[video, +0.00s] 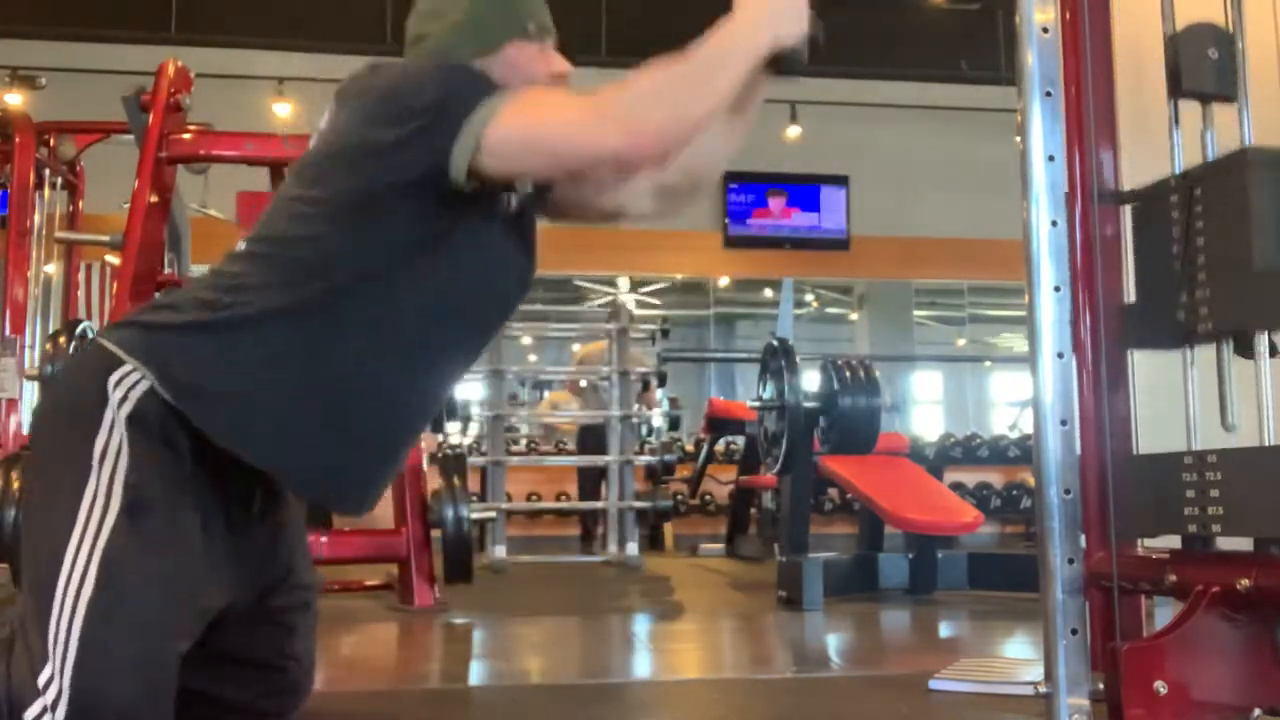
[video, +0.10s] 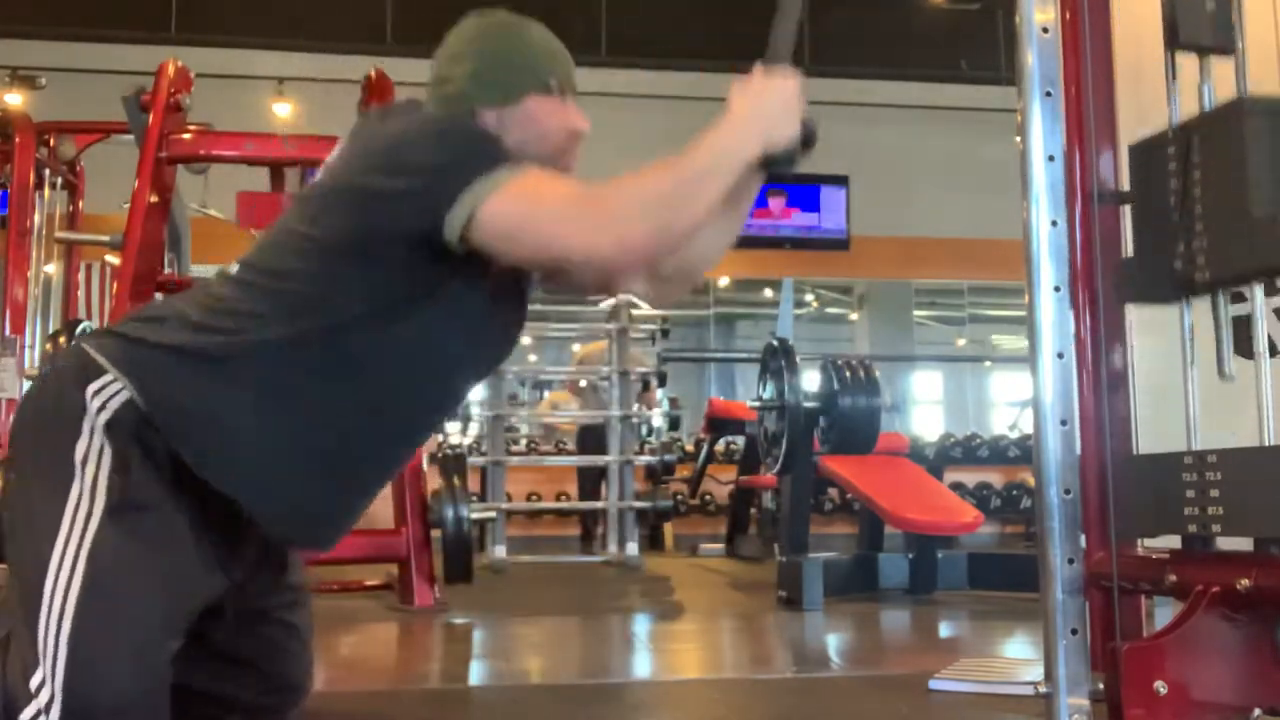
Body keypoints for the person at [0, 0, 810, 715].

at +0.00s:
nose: (561, 65)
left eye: (558, 49)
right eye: (543, 44)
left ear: (496, 58)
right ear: (480, 47)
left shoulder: (499, 175)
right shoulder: (412, 97)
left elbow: (652, 181)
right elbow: (622, 134)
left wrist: (751, 71)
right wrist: (751, 26)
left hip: (257, 485)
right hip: (144, 423)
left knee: (256, 694)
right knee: (79, 701)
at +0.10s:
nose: (582, 125)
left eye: (578, 102)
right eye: (566, 101)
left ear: (495, 105)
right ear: (505, 98)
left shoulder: (488, 209)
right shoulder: (421, 148)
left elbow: (651, 267)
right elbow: (615, 231)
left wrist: (751, 164)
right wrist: (746, 125)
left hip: (233, 502)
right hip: (126, 434)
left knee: (258, 688)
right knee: (79, 702)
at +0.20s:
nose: (592, 185)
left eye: (590, 162)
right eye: (575, 160)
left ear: (524, 167)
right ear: (506, 159)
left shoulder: (511, 263)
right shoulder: (421, 199)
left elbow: (647, 357)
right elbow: (592, 337)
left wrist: (734, 266)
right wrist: (725, 234)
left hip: (229, 527)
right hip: (106, 453)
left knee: (260, 688)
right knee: (78, 697)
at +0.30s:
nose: (601, 250)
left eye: (601, 225)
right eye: (584, 223)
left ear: (529, 228)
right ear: (509, 220)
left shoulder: (517, 319)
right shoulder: (420, 254)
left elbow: (606, 442)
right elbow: (540, 433)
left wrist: (701, 365)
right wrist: (701, 341)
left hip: (215, 520)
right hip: (97, 455)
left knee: (260, 686)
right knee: (77, 699)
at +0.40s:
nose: (602, 308)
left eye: (604, 286)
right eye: (594, 284)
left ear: (535, 282)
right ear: (532, 279)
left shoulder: (514, 356)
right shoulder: (412, 312)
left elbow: (556, 498)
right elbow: (493, 519)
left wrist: (669, 452)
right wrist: (669, 442)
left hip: (204, 512)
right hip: (85, 450)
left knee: (259, 687)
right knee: (81, 702)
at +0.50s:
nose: (596, 364)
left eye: (599, 343)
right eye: (586, 338)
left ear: (519, 329)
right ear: (521, 325)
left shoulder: (502, 408)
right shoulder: (402, 363)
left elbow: (529, 558)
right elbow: (448, 586)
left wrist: (641, 526)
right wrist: (634, 520)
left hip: (182, 505)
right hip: (75, 444)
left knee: (260, 674)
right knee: (82, 701)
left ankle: (77, 661)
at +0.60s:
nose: (590, 416)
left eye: (594, 391)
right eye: (580, 387)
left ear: (524, 378)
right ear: (513, 373)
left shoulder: (483, 434)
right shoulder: (386, 409)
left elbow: (511, 588)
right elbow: (408, 639)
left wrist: (609, 588)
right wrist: (598, 587)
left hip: (175, 499)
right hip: (62, 453)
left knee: (261, 677)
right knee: (79, 699)